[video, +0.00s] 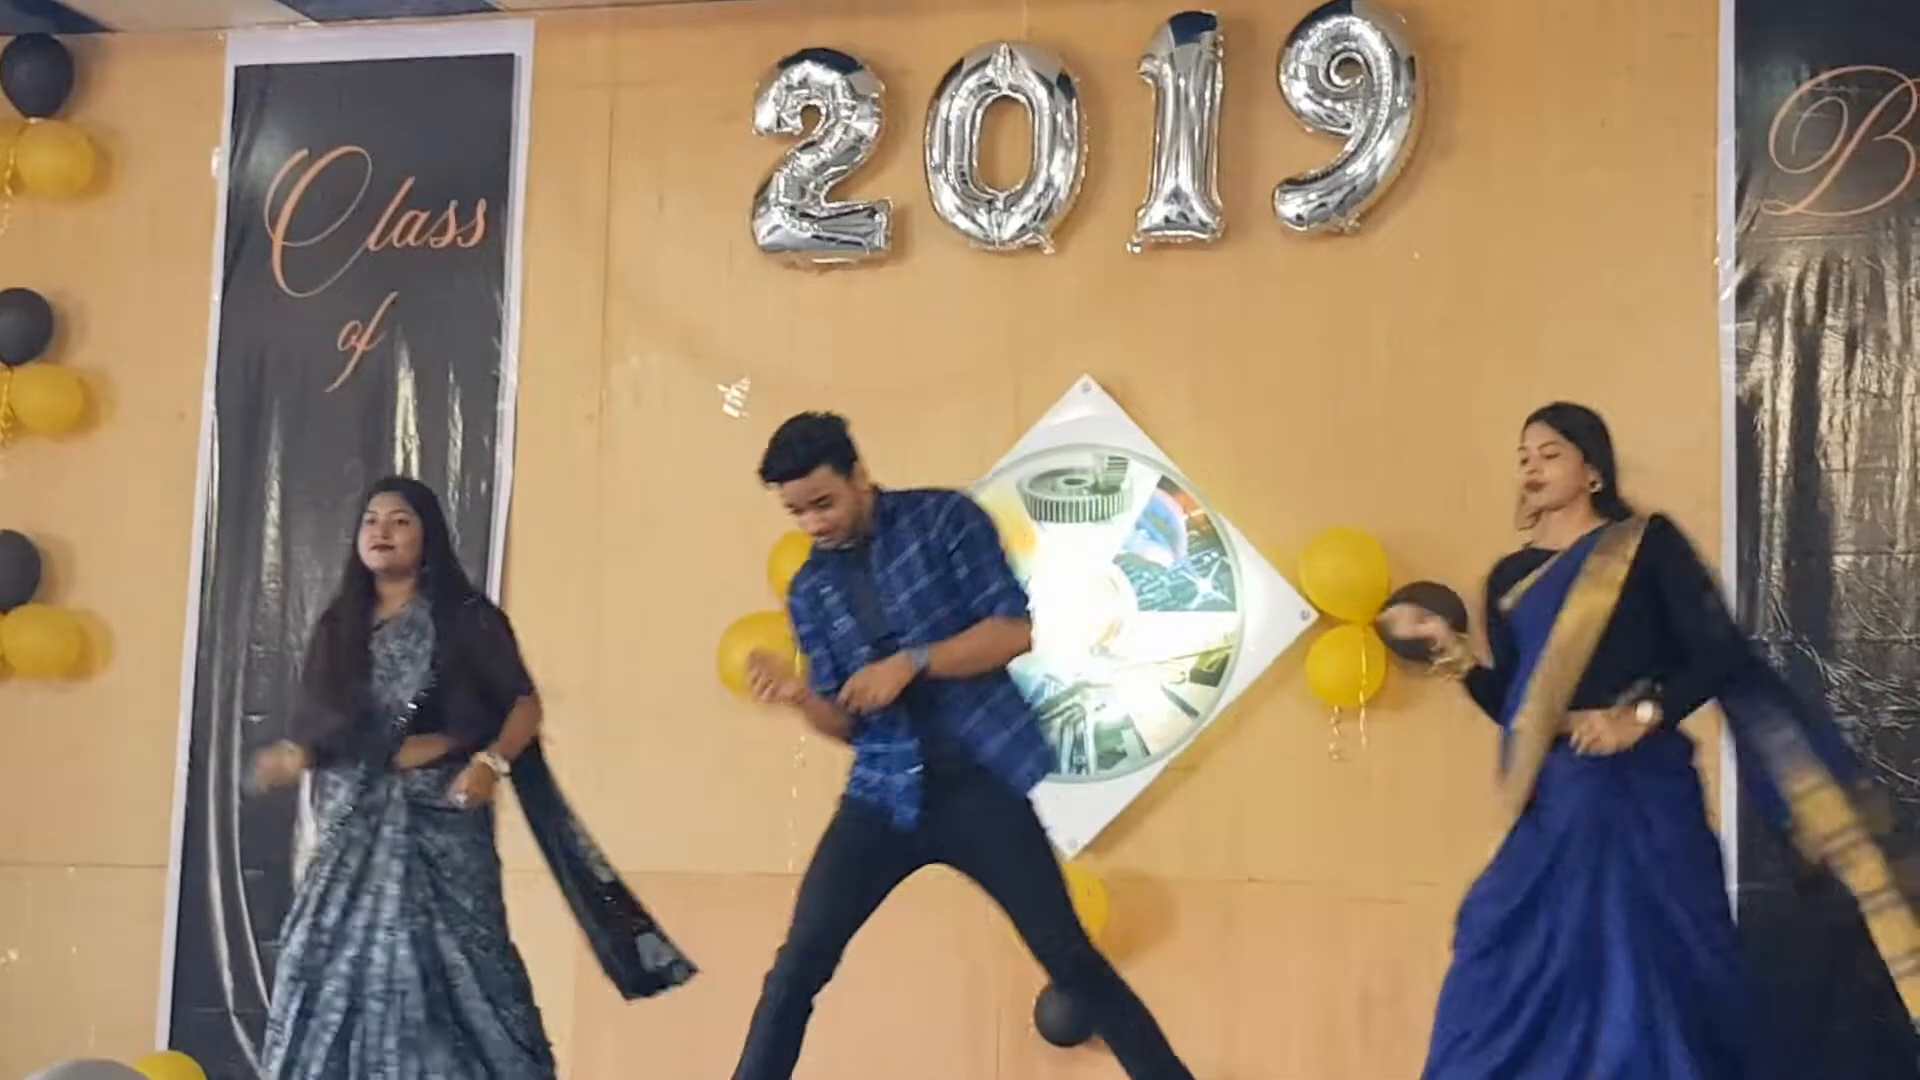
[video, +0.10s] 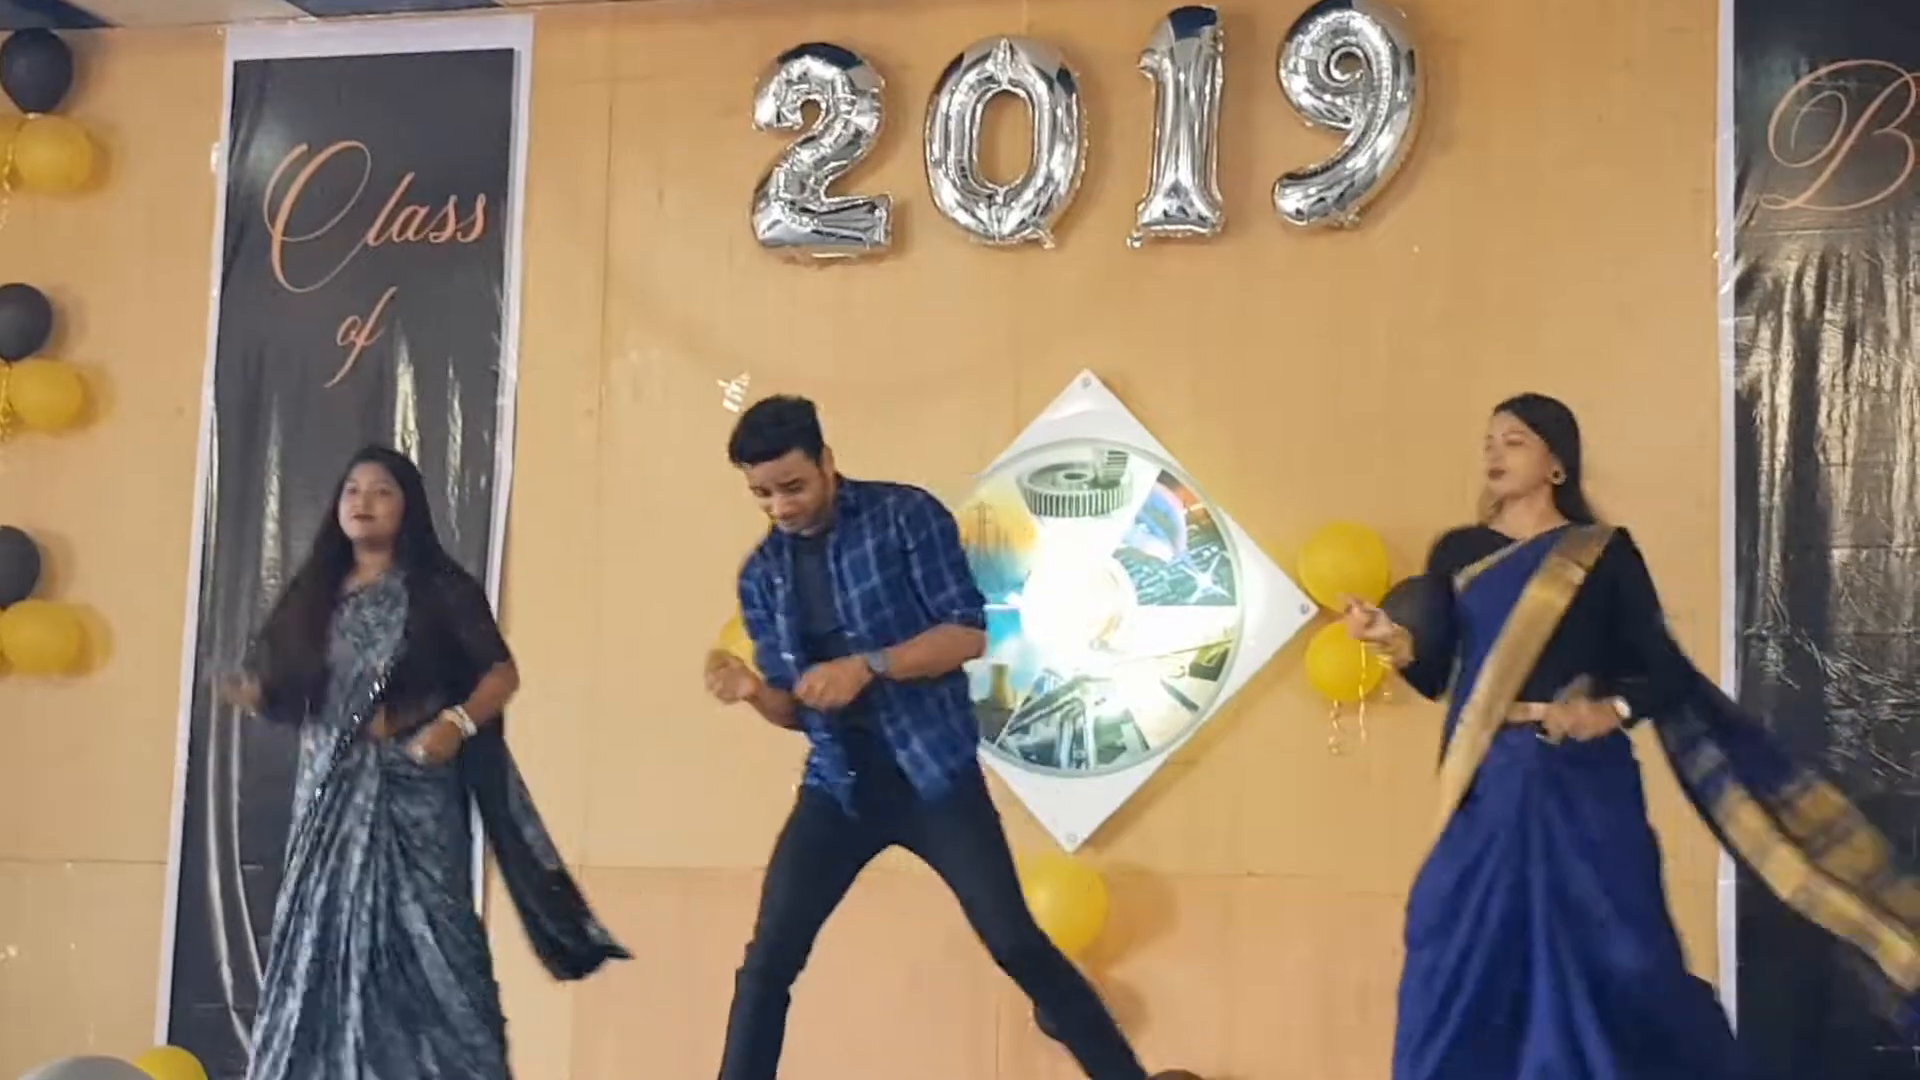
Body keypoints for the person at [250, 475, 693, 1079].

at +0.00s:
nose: (382, 532)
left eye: (399, 521)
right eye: (371, 521)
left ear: (427, 536)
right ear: (357, 536)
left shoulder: (469, 617)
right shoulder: (339, 625)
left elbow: (526, 706)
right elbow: (322, 723)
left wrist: (490, 762)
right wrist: (295, 755)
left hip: (442, 823)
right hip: (356, 823)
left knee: (441, 983)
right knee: (340, 977)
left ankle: (447, 1073)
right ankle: (338, 1072)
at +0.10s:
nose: (361, 502)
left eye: (379, 492)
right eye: (351, 491)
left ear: (407, 508)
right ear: (337, 505)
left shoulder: (442, 585)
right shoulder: (316, 590)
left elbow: (503, 673)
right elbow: (291, 688)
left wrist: (457, 722)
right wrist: (254, 693)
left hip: (417, 788)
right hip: (334, 789)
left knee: (420, 949)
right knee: (325, 945)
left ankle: (428, 1069)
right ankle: (322, 1068)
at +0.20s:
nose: (348, 450)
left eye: (365, 439)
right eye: (338, 438)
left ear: (392, 453)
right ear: (320, 452)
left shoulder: (425, 528)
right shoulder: (297, 534)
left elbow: (482, 615)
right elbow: (258, 636)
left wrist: (427, 665)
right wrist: (232, 623)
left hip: (402, 742)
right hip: (318, 743)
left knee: (399, 905)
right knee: (312, 899)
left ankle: (397, 1059)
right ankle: (306, 1056)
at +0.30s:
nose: (333, 391)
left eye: (350, 378)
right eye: (322, 377)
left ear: (377, 389)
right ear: (306, 387)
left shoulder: (406, 467)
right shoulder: (285, 470)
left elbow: (454, 561)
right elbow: (255, 558)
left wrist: (395, 611)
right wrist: (234, 580)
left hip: (383, 671)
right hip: (299, 667)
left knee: (379, 831)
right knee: (293, 820)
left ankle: (384, 1009)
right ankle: (279, 1004)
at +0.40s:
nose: (305, 342)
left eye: (322, 329)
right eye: (296, 327)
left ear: (351, 341)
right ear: (279, 336)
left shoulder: (381, 429)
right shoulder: (261, 417)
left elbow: (410, 536)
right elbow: (239, 526)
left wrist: (355, 574)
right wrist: (214, 597)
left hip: (353, 618)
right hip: (268, 614)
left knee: (348, 774)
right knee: (250, 766)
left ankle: (372, 945)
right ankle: (245, 953)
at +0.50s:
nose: (293, 283)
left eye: (311, 272)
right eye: (285, 270)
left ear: (342, 285)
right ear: (272, 280)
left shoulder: (368, 368)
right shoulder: (262, 369)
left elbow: (375, 470)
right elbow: (249, 486)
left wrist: (332, 512)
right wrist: (212, 569)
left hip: (337, 566)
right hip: (264, 563)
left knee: (299, 716)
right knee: (231, 715)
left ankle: (391, 867)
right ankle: (255, 893)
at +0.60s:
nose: (299, 225)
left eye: (319, 216)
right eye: (295, 213)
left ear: (349, 232)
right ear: (285, 225)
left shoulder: (360, 306)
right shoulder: (287, 310)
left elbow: (372, 407)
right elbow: (285, 413)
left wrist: (329, 454)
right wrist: (253, 470)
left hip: (341, 509)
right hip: (283, 507)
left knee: (327, 671)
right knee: (257, 670)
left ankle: (431, 805)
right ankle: (263, 848)